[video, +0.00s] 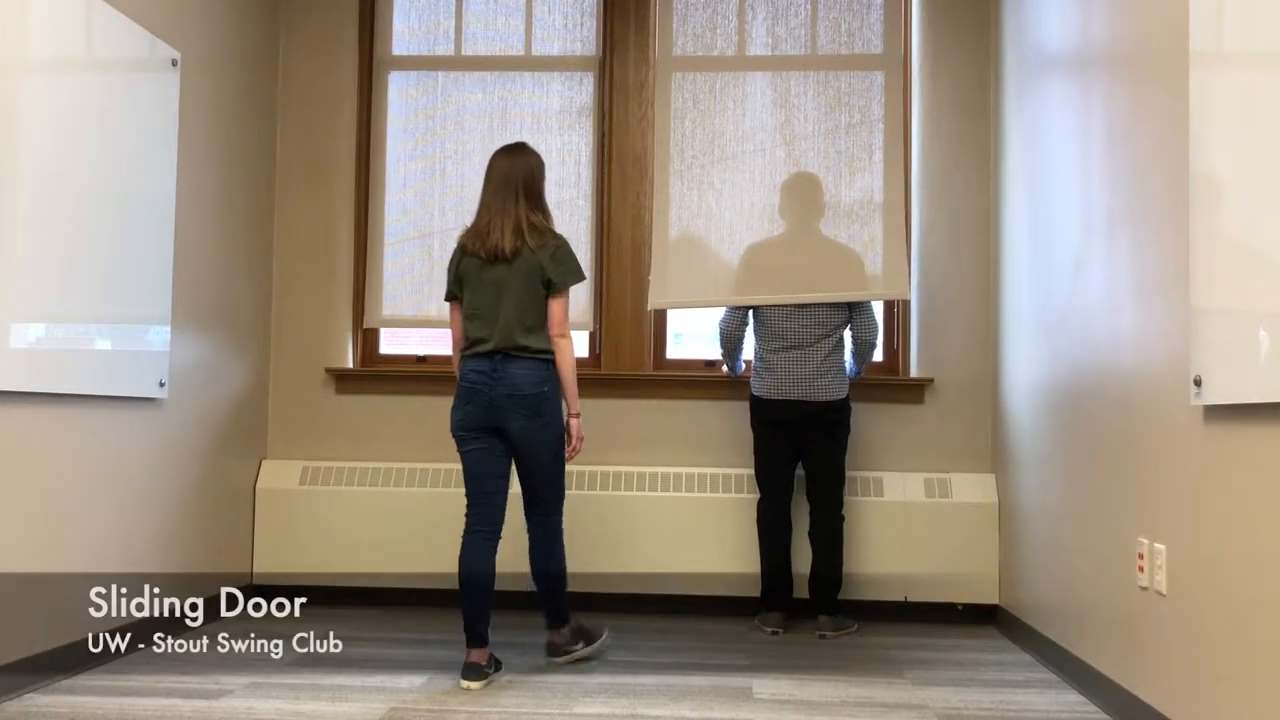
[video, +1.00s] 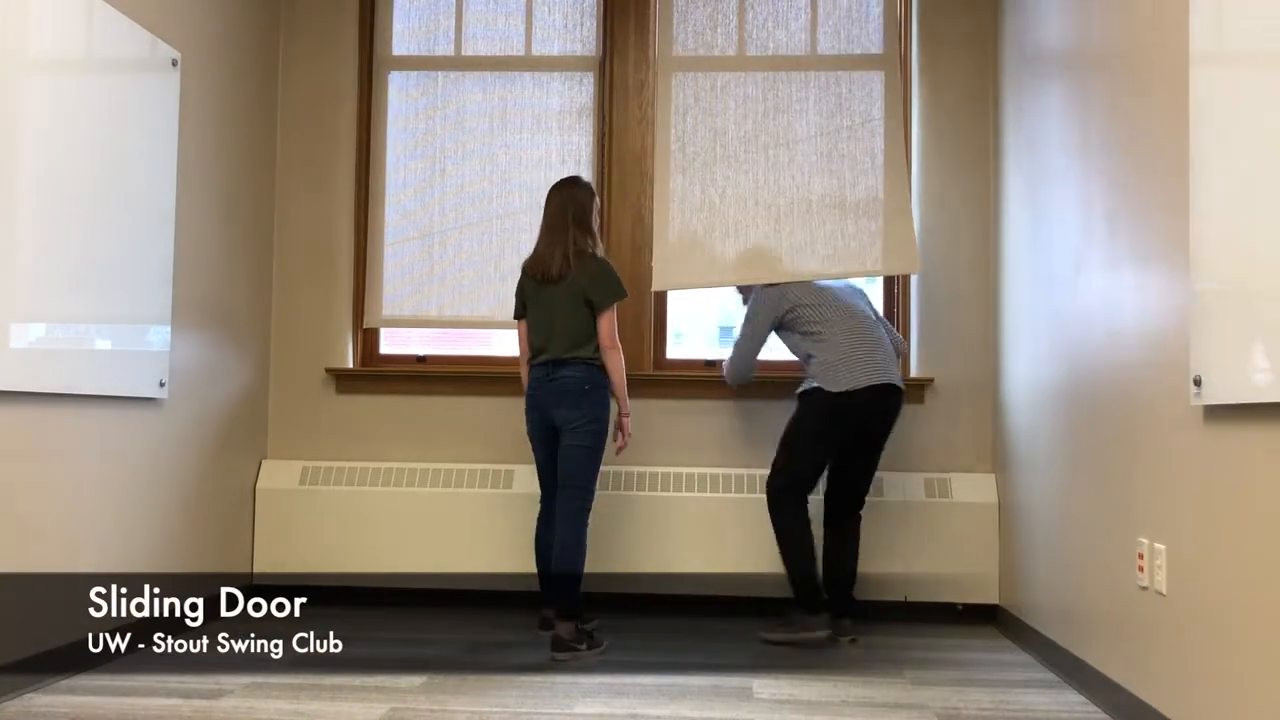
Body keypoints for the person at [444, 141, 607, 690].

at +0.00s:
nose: (545, 190)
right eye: (542, 181)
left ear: (490, 185)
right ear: (537, 186)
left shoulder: (466, 248)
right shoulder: (550, 247)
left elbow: (459, 339)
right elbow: (559, 334)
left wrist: (467, 396)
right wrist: (574, 410)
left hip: (473, 392)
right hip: (533, 391)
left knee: (480, 523)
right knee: (545, 516)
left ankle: (476, 652)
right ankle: (560, 632)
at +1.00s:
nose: (600, 217)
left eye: (597, 208)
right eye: (597, 211)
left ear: (551, 214)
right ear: (589, 215)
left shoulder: (531, 270)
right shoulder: (597, 270)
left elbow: (526, 350)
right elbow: (609, 344)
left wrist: (534, 400)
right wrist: (624, 407)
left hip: (540, 391)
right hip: (584, 390)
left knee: (551, 502)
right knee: (574, 507)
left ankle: (554, 615)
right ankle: (567, 628)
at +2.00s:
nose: (574, 216)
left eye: (578, 210)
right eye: (565, 209)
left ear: (582, 218)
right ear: (545, 216)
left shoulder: (575, 277)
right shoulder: (534, 267)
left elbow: (581, 350)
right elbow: (531, 338)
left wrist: (591, 404)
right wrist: (560, 399)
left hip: (574, 394)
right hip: (543, 393)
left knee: (571, 502)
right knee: (550, 501)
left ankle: (556, 604)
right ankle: (534, 610)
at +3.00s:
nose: (565, 216)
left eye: (571, 209)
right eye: (555, 210)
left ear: (580, 216)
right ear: (540, 217)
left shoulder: (591, 276)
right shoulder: (526, 266)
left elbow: (601, 348)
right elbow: (518, 338)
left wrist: (588, 397)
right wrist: (550, 397)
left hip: (577, 393)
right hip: (534, 391)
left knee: (563, 505)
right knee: (533, 502)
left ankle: (560, 608)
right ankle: (530, 611)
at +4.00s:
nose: (570, 217)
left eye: (575, 210)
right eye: (560, 211)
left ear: (583, 216)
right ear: (543, 218)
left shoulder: (592, 276)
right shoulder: (528, 266)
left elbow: (603, 346)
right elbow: (521, 337)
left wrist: (591, 396)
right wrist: (552, 395)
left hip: (579, 394)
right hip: (536, 392)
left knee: (565, 505)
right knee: (535, 501)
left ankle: (558, 607)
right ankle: (529, 609)